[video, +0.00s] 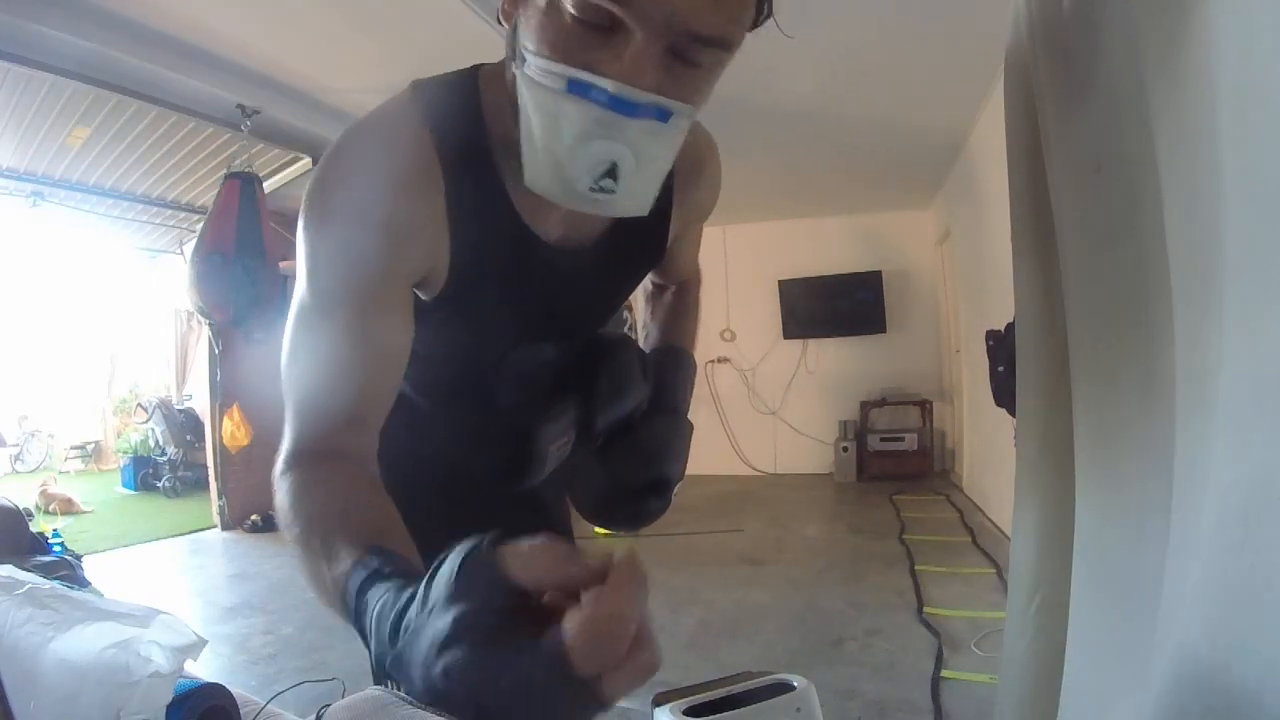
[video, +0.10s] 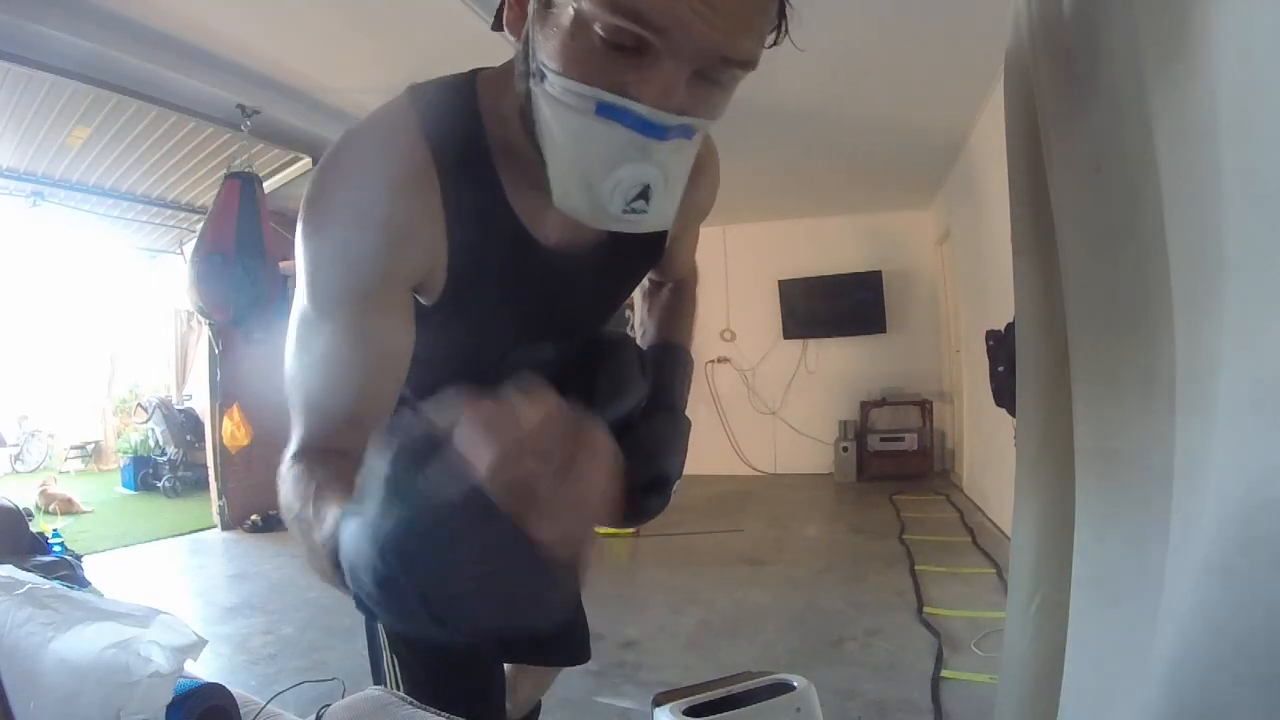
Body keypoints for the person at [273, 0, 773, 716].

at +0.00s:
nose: (629, 85)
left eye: (689, 56)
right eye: (596, 21)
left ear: (731, 56)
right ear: (515, 5)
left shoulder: (684, 169)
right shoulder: (389, 165)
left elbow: (674, 282)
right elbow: (322, 455)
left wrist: (660, 413)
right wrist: (398, 621)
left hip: (542, 486)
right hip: (407, 491)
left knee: (559, 682)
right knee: (435, 690)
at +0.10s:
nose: (658, 107)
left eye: (715, 75)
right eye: (622, 42)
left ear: (750, 68)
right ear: (520, 9)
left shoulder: (684, 172)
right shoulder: (388, 170)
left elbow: (671, 282)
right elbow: (322, 453)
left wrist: (661, 414)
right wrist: (374, 544)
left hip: (556, 468)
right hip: (417, 484)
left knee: (542, 656)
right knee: (464, 704)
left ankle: (515, 710)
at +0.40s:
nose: (689, 142)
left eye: (737, 114)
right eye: (660, 67)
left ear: (759, 106)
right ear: (543, 9)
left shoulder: (676, 180)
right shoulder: (387, 175)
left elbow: (667, 281)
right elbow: (345, 478)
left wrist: (655, 416)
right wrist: (463, 594)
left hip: (566, 500)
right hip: (428, 514)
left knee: (535, 672)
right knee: (460, 696)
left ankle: (521, 704)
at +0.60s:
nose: (694, 172)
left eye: (743, 147)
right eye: (674, 98)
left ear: (765, 140)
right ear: (563, 22)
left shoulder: (664, 182)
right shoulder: (389, 181)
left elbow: (660, 285)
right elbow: (357, 477)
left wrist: (651, 427)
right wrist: (472, 602)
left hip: (555, 508)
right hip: (426, 516)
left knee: (533, 677)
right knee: (457, 698)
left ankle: (517, 703)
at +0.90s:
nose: (693, 152)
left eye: (743, 128)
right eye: (668, 86)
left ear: (769, 116)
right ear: (569, 23)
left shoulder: (648, 174)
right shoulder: (407, 171)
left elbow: (647, 295)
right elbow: (333, 463)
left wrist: (648, 419)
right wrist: (500, 622)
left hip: (529, 485)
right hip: (413, 495)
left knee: (527, 682)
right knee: (453, 703)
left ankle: (516, 707)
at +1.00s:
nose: (695, 160)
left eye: (746, 136)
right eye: (672, 94)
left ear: (773, 125)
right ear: (577, 34)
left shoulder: (638, 176)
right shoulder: (414, 173)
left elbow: (641, 288)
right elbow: (339, 452)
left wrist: (646, 404)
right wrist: (490, 596)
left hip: (524, 480)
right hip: (409, 487)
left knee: (533, 660)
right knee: (453, 701)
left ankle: (513, 708)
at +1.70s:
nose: (654, 107)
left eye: (702, 83)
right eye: (631, 54)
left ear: (740, 74)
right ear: (559, 17)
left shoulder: (666, 169)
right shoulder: (431, 163)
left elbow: (646, 281)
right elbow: (366, 454)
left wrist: (652, 394)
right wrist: (500, 413)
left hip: (544, 456)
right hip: (422, 472)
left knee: (551, 639)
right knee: (457, 702)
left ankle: (527, 709)